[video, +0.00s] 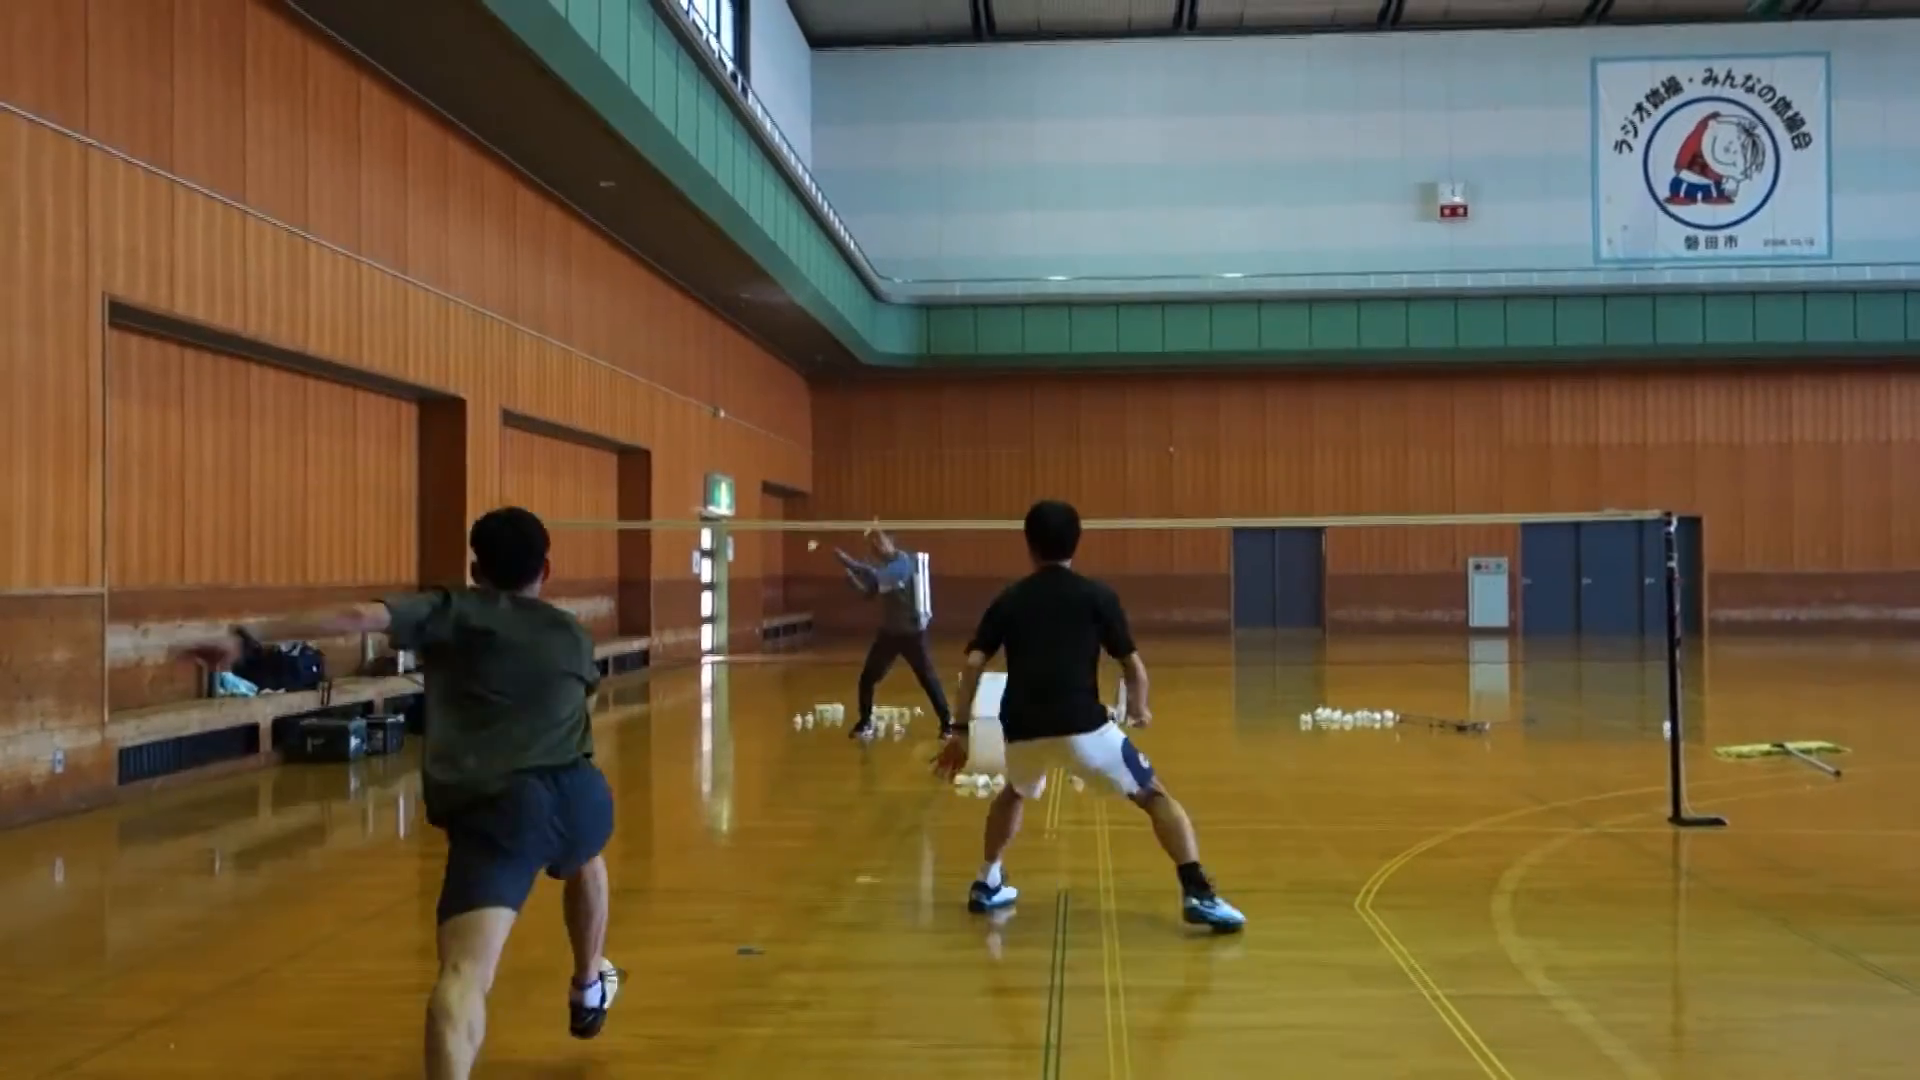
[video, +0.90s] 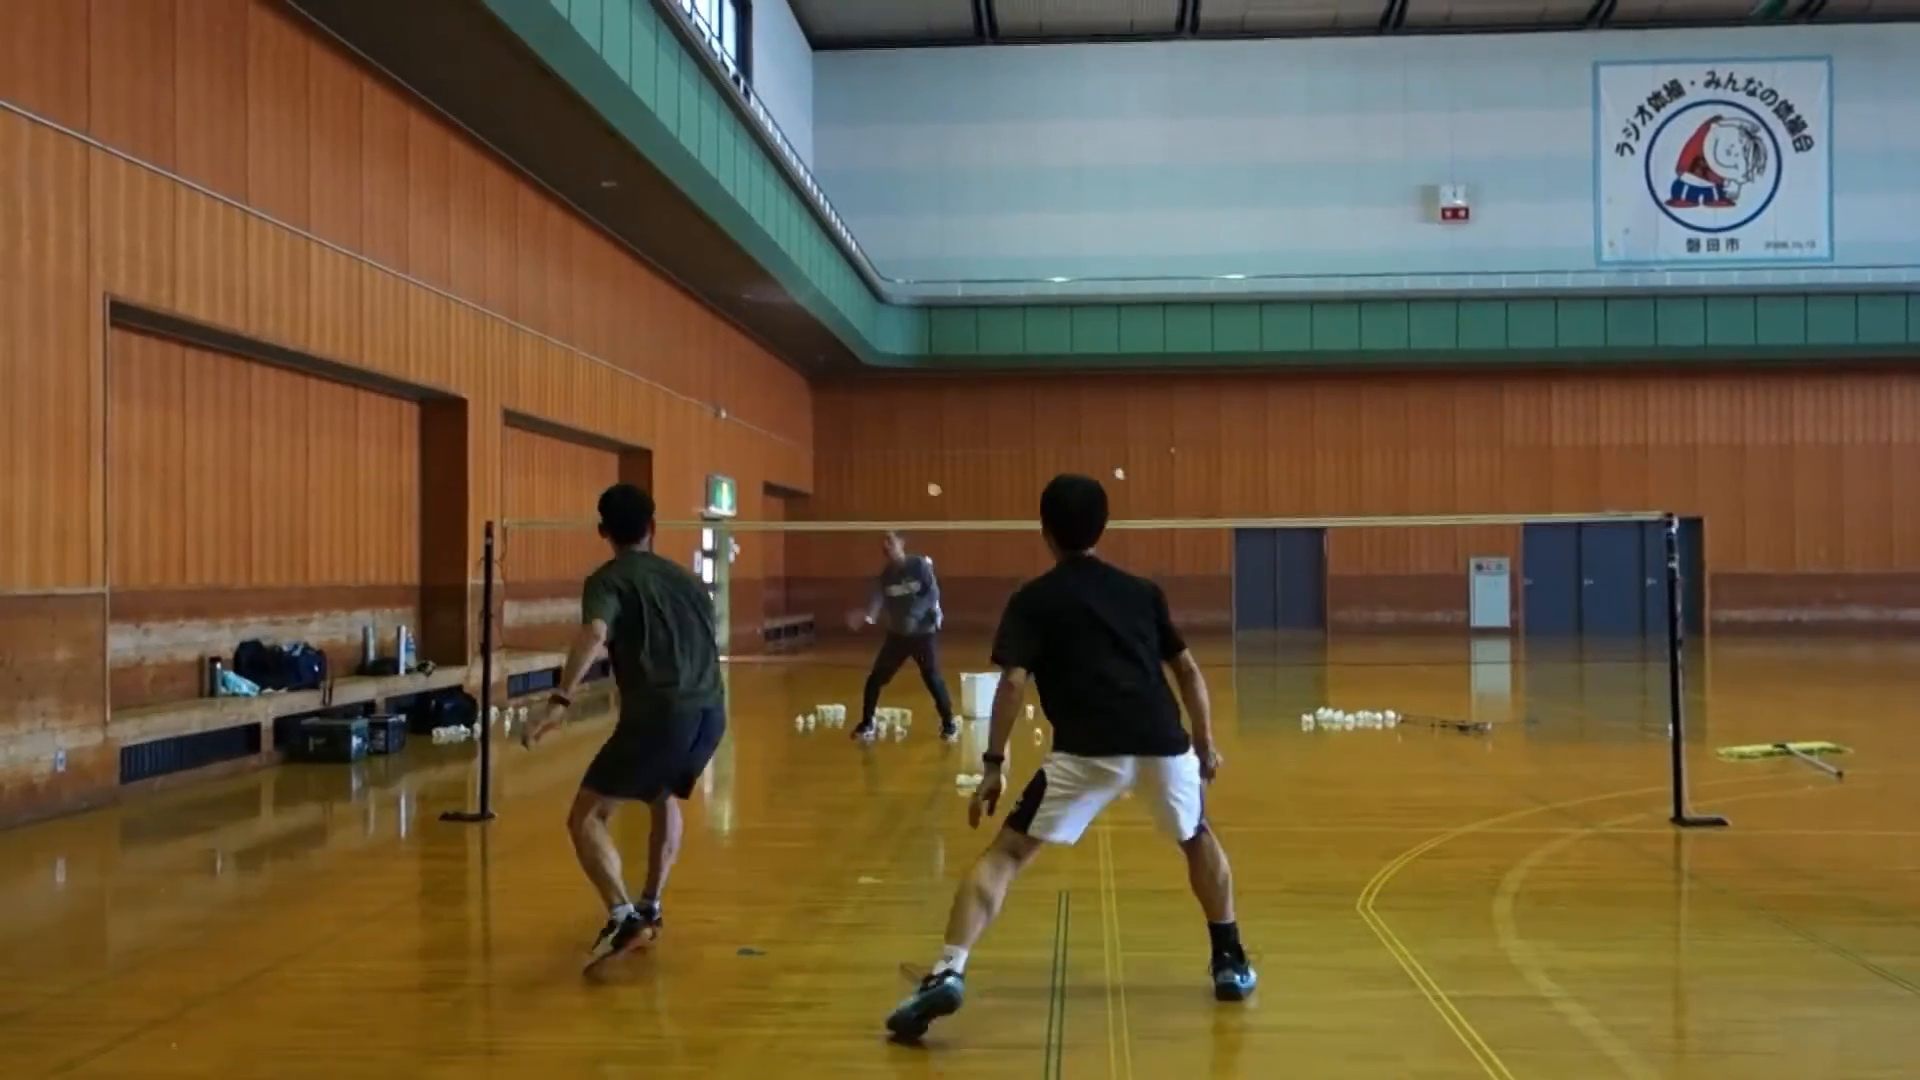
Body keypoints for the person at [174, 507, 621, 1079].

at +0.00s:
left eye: (476, 558)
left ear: (476, 568)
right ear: (544, 571)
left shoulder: (453, 612)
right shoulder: (569, 631)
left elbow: (357, 620)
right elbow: (587, 686)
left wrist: (251, 641)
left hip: (495, 807)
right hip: (575, 797)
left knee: (464, 973)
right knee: (586, 862)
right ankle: (590, 989)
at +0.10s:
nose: (490, 570)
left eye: (494, 561)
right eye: (493, 560)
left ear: (507, 573)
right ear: (559, 578)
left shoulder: (502, 616)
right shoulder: (582, 636)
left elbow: (466, 634)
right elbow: (611, 699)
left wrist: (415, 659)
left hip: (542, 797)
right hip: (608, 790)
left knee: (502, 948)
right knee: (587, 887)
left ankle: (498, 1070)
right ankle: (598, 1020)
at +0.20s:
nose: (496, 556)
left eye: (496, 547)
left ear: (503, 551)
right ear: (562, 552)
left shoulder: (507, 587)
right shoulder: (592, 607)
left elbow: (499, 611)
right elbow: (629, 701)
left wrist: (476, 659)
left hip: (573, 767)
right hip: (632, 761)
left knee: (505, 923)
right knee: (595, 875)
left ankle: (573, 1032)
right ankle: (604, 1009)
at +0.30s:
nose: (504, 539)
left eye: (504, 531)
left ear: (510, 536)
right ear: (568, 535)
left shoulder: (513, 582)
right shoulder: (595, 583)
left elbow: (510, 643)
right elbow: (643, 665)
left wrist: (484, 739)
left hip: (600, 753)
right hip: (651, 742)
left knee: (515, 890)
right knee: (590, 844)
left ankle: (602, 1016)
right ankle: (636, 967)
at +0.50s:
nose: (545, 535)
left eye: (545, 526)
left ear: (549, 535)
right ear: (603, 531)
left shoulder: (550, 599)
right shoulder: (634, 589)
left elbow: (491, 686)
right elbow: (615, 681)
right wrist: (538, 690)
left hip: (616, 765)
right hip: (668, 749)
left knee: (570, 894)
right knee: (644, 844)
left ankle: (611, 1031)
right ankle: (665, 956)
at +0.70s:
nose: (582, 532)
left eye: (584, 526)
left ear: (587, 534)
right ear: (635, 535)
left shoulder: (599, 585)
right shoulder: (650, 581)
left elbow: (564, 633)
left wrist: (483, 659)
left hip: (638, 736)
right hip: (680, 729)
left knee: (561, 846)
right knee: (630, 804)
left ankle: (600, 977)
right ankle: (657, 914)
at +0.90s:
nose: (601, 529)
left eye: (602, 523)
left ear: (604, 530)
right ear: (652, 527)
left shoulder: (609, 579)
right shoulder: (685, 578)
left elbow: (594, 637)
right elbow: (704, 645)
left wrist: (561, 697)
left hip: (655, 717)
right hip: (708, 715)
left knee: (587, 817)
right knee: (665, 795)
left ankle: (620, 911)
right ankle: (651, 904)